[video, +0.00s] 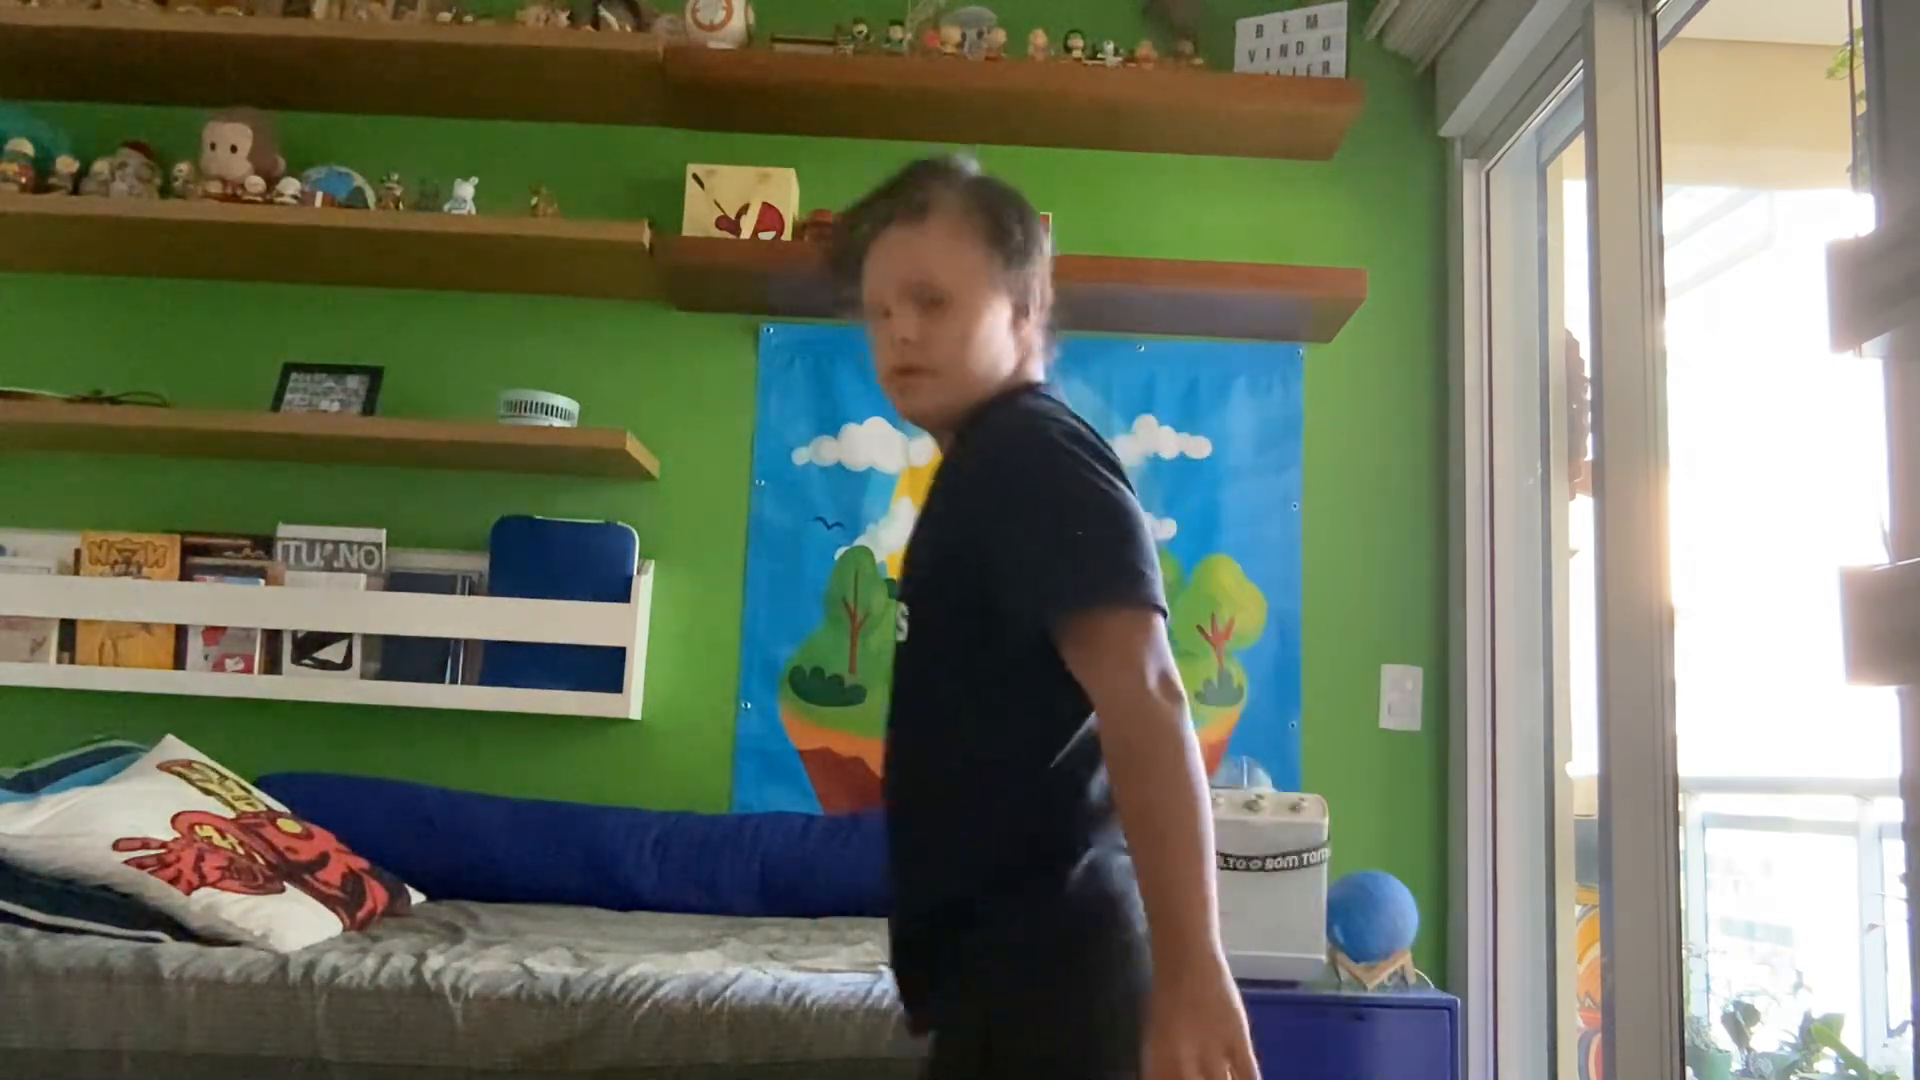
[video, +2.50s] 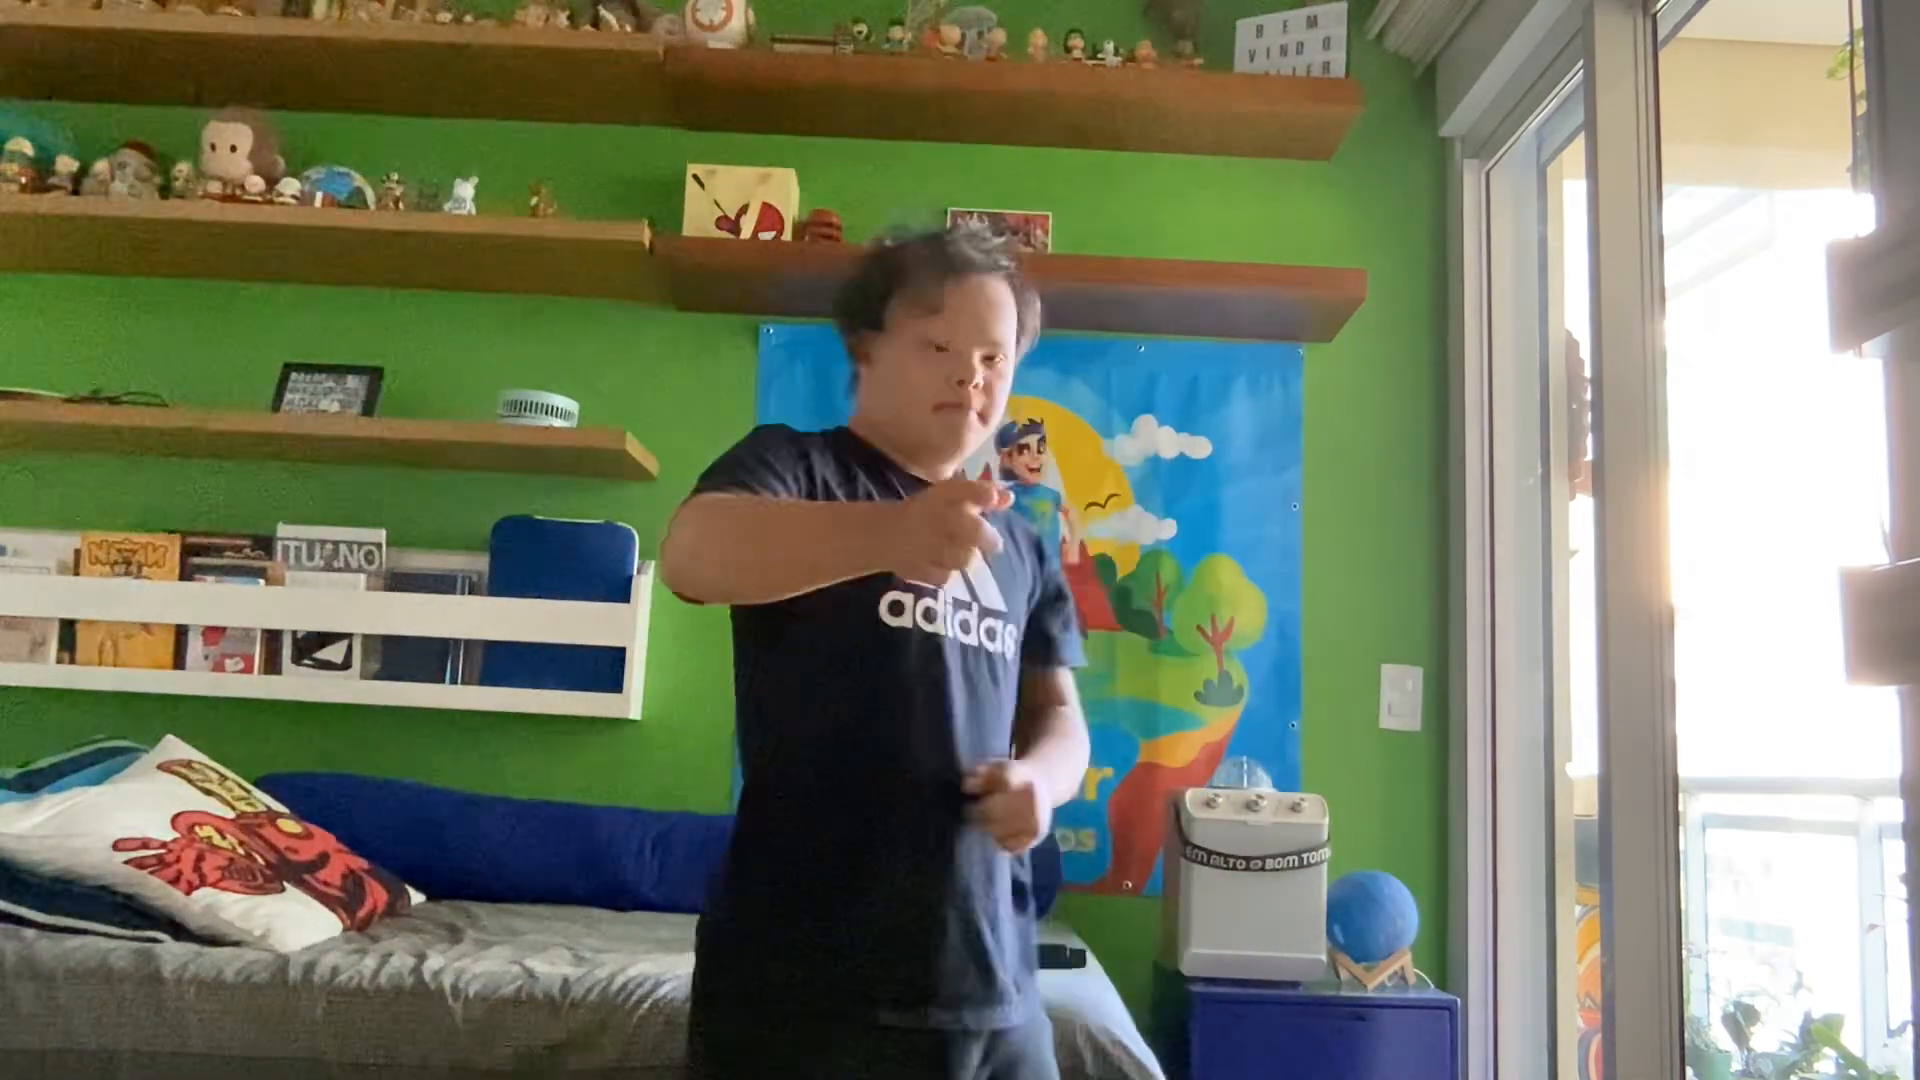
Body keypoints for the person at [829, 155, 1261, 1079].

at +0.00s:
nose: (897, 334)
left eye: (931, 301)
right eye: (879, 311)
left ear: (1028, 318)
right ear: (862, 327)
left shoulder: (1029, 448)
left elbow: (1147, 704)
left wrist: (1192, 969)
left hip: (1049, 968)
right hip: (998, 963)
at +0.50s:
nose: (878, 269)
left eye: (909, 243)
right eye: (842, 242)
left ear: (949, 271)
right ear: (780, 261)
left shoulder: (1003, 478)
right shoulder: (687, 468)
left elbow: (1048, 737)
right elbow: (576, 674)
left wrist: (1013, 969)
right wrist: (443, 842)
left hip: (953, 971)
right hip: (751, 965)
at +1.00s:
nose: (933, 325)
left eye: (959, 303)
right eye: (896, 296)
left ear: (985, 329)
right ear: (833, 302)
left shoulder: (1004, 524)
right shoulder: (741, 462)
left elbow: (1032, 736)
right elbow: (659, 664)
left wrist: (1066, 927)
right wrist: (822, 797)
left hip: (973, 986)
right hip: (778, 982)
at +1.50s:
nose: (1107, 366)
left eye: (1134, 341)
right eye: (1071, 343)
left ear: (1173, 360)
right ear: (1024, 364)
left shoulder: (1206, 517)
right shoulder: (943, 509)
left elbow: (1241, 576)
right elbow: (861, 680)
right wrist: (974, 714)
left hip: (1113, 969)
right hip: (923, 957)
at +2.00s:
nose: (1008, 378)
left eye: (1037, 354)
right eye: (975, 355)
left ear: (1075, 370)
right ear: (928, 370)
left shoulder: (1081, 483)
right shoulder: (868, 520)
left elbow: (1088, 521)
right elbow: (734, 632)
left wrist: (1059, 568)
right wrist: (875, 596)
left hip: (1015, 969)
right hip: (823, 956)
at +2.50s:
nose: (970, 377)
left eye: (992, 358)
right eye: (939, 347)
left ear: (1012, 381)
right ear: (866, 349)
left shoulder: (1022, 542)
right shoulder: (792, 464)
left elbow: (1058, 717)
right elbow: (693, 554)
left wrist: (1040, 780)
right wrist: (890, 533)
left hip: (989, 993)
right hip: (801, 981)